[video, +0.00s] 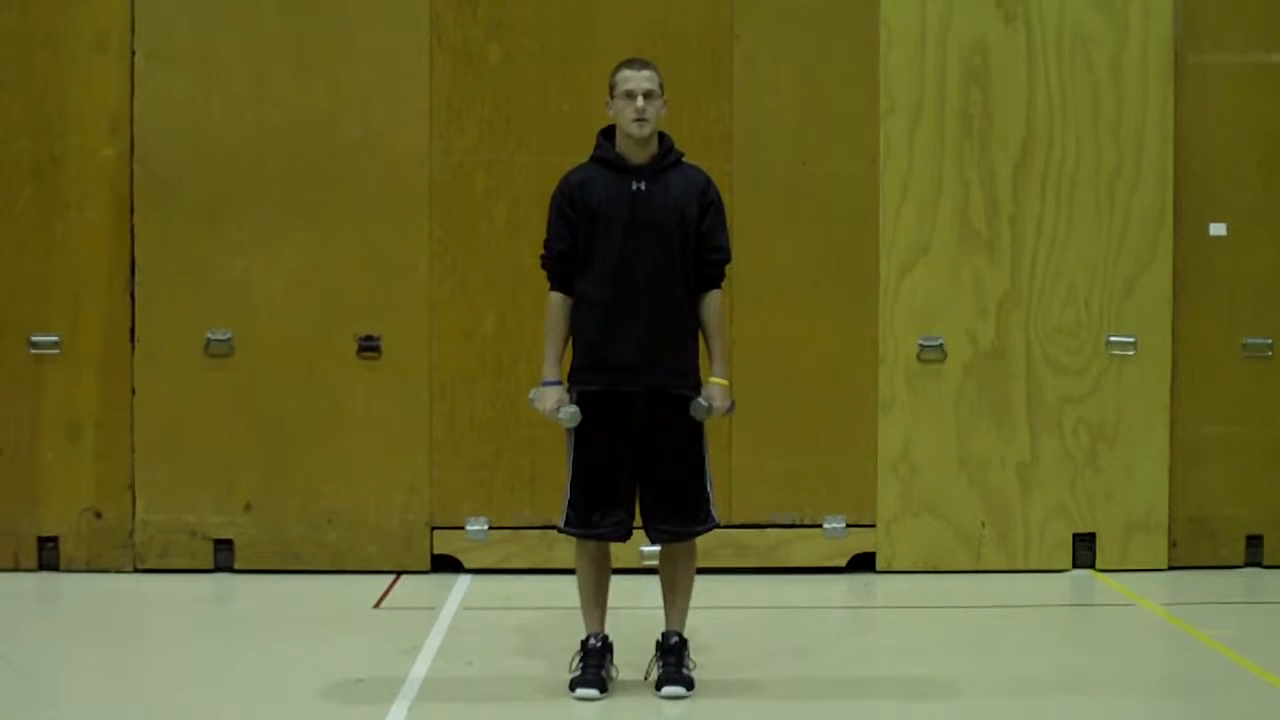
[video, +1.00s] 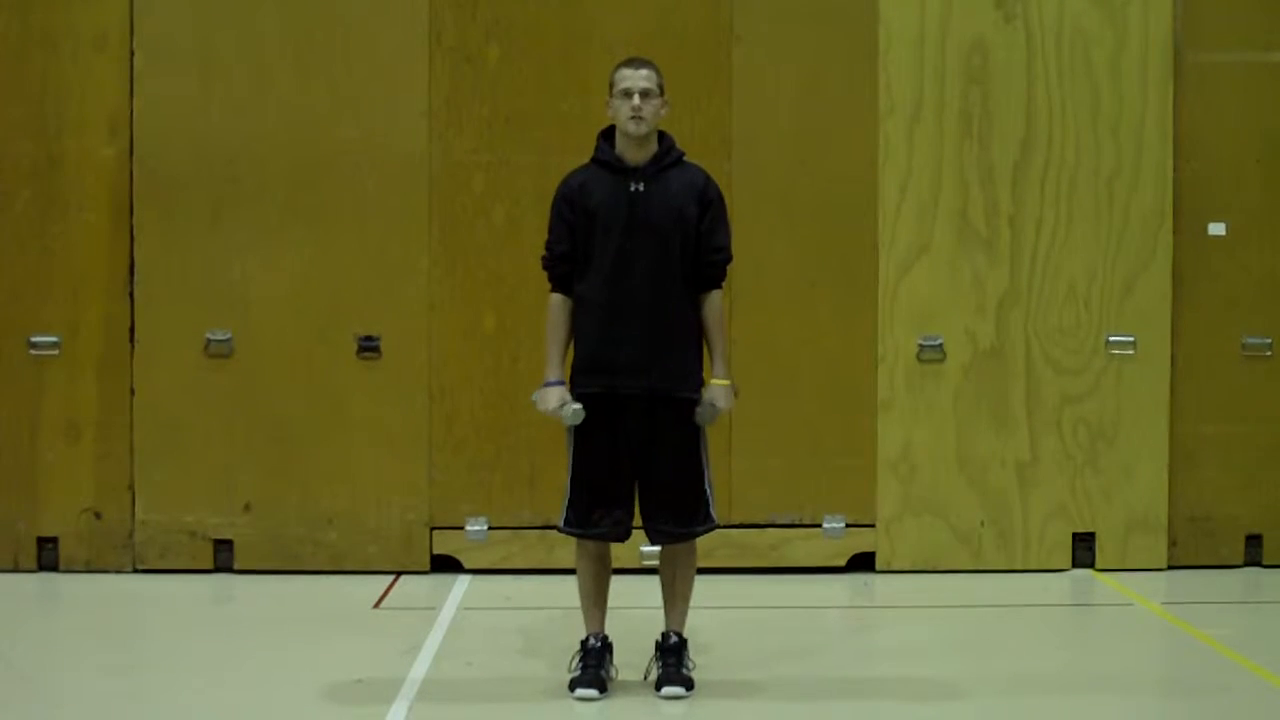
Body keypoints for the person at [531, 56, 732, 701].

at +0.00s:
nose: (640, 106)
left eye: (650, 96)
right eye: (629, 96)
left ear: (665, 106)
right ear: (610, 107)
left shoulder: (695, 187)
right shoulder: (578, 186)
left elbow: (710, 287)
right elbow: (560, 288)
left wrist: (719, 372)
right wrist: (551, 376)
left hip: (672, 383)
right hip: (597, 383)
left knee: (678, 523)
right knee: (593, 521)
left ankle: (673, 647)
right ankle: (594, 647)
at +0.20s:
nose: (640, 106)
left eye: (650, 96)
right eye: (629, 96)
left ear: (665, 108)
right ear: (609, 106)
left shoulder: (694, 187)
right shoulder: (578, 187)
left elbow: (711, 288)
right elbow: (560, 288)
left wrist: (718, 373)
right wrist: (548, 375)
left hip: (672, 383)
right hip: (597, 383)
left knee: (677, 523)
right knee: (592, 521)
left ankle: (673, 647)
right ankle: (593, 647)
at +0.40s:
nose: (638, 107)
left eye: (649, 98)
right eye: (628, 97)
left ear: (665, 108)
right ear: (609, 108)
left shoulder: (694, 188)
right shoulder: (578, 188)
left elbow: (710, 288)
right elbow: (559, 290)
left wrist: (717, 372)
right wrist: (548, 377)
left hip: (672, 384)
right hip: (597, 384)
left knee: (678, 524)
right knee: (593, 522)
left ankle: (673, 647)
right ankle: (593, 647)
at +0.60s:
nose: (636, 107)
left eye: (647, 97)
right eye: (626, 97)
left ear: (664, 108)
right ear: (609, 107)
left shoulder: (694, 188)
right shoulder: (578, 188)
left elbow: (710, 287)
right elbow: (560, 290)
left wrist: (718, 372)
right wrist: (551, 377)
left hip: (673, 383)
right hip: (596, 383)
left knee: (678, 524)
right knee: (593, 521)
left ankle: (673, 647)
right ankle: (593, 647)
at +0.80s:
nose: (635, 106)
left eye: (645, 97)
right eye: (624, 97)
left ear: (663, 107)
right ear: (608, 107)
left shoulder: (695, 188)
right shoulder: (578, 188)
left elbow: (711, 289)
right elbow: (560, 288)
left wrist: (720, 375)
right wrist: (553, 375)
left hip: (674, 383)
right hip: (597, 383)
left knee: (677, 523)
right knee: (592, 522)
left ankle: (673, 647)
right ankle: (594, 647)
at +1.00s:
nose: (637, 104)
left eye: (647, 94)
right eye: (626, 95)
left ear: (664, 106)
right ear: (609, 106)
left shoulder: (696, 187)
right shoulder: (578, 188)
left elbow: (711, 287)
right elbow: (561, 290)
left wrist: (720, 373)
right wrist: (553, 377)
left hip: (674, 384)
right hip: (597, 383)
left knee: (678, 523)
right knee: (594, 521)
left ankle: (674, 647)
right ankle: (594, 647)